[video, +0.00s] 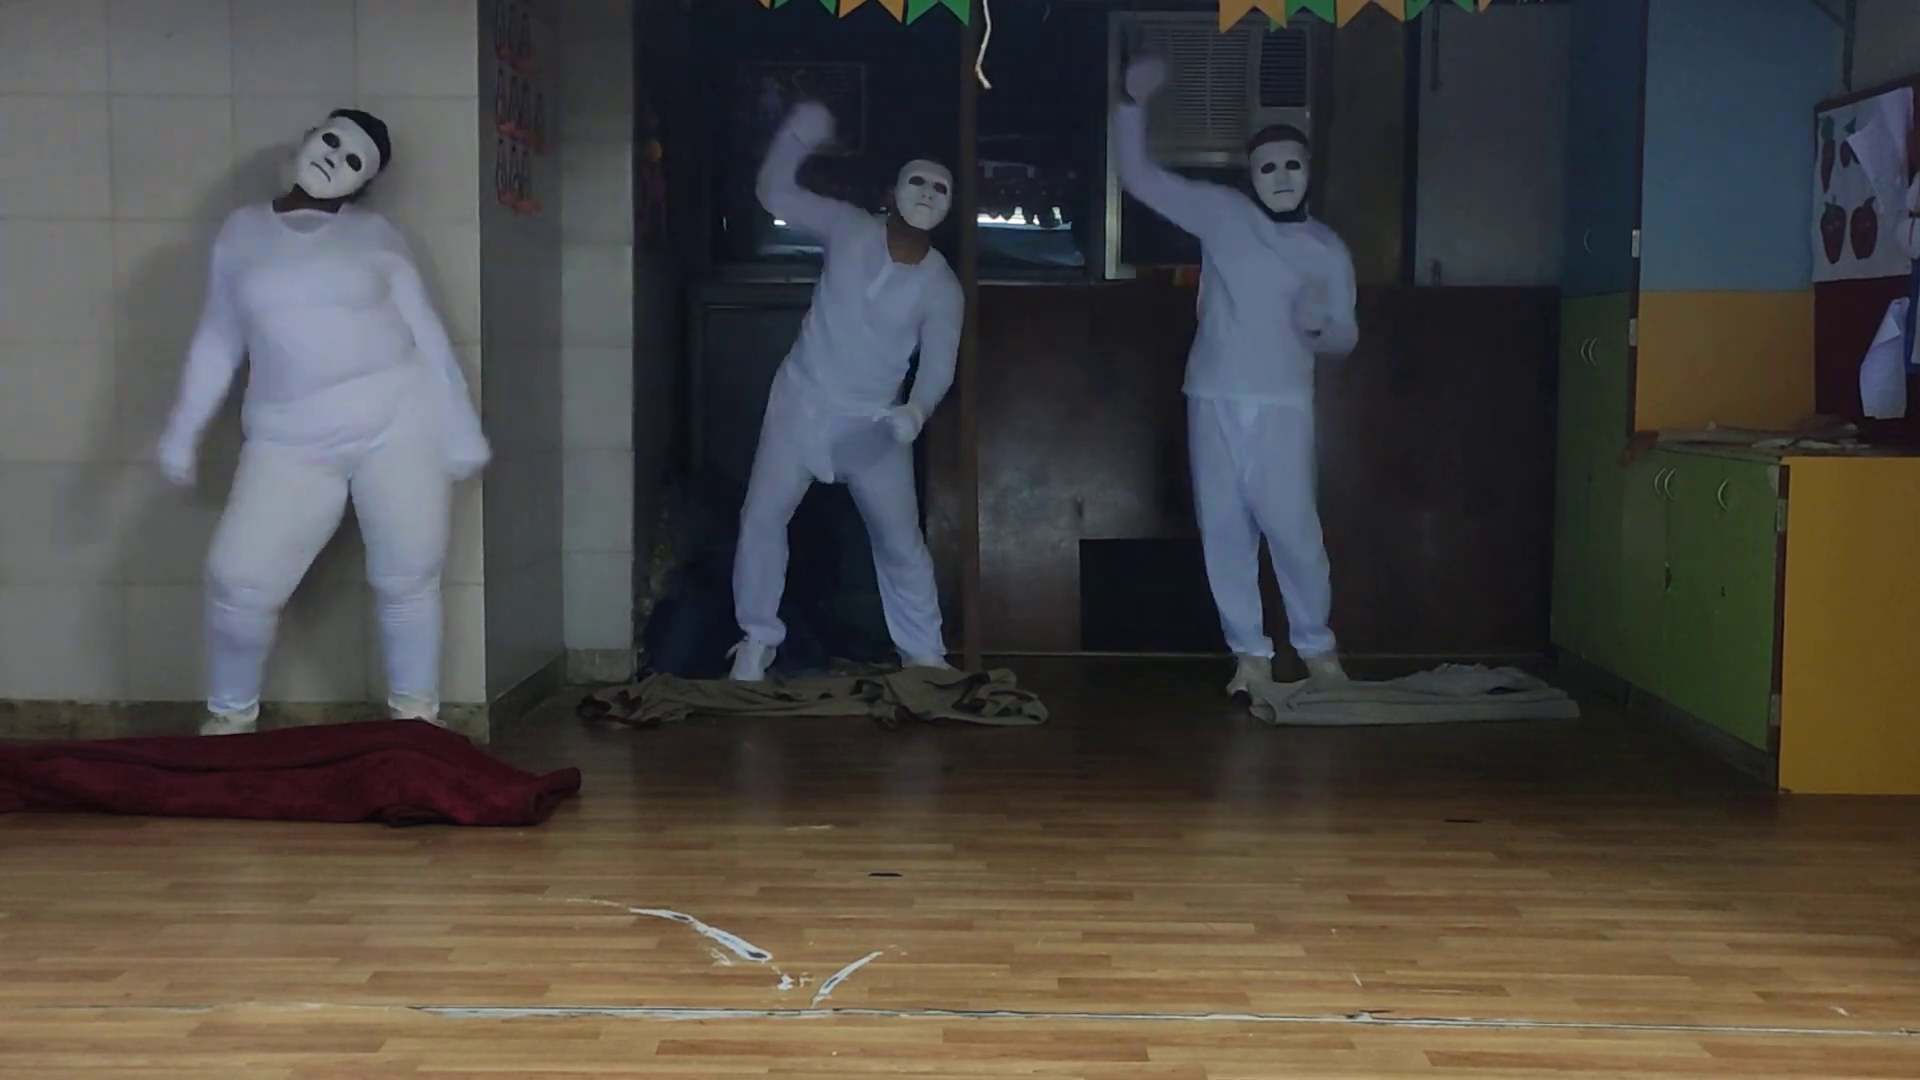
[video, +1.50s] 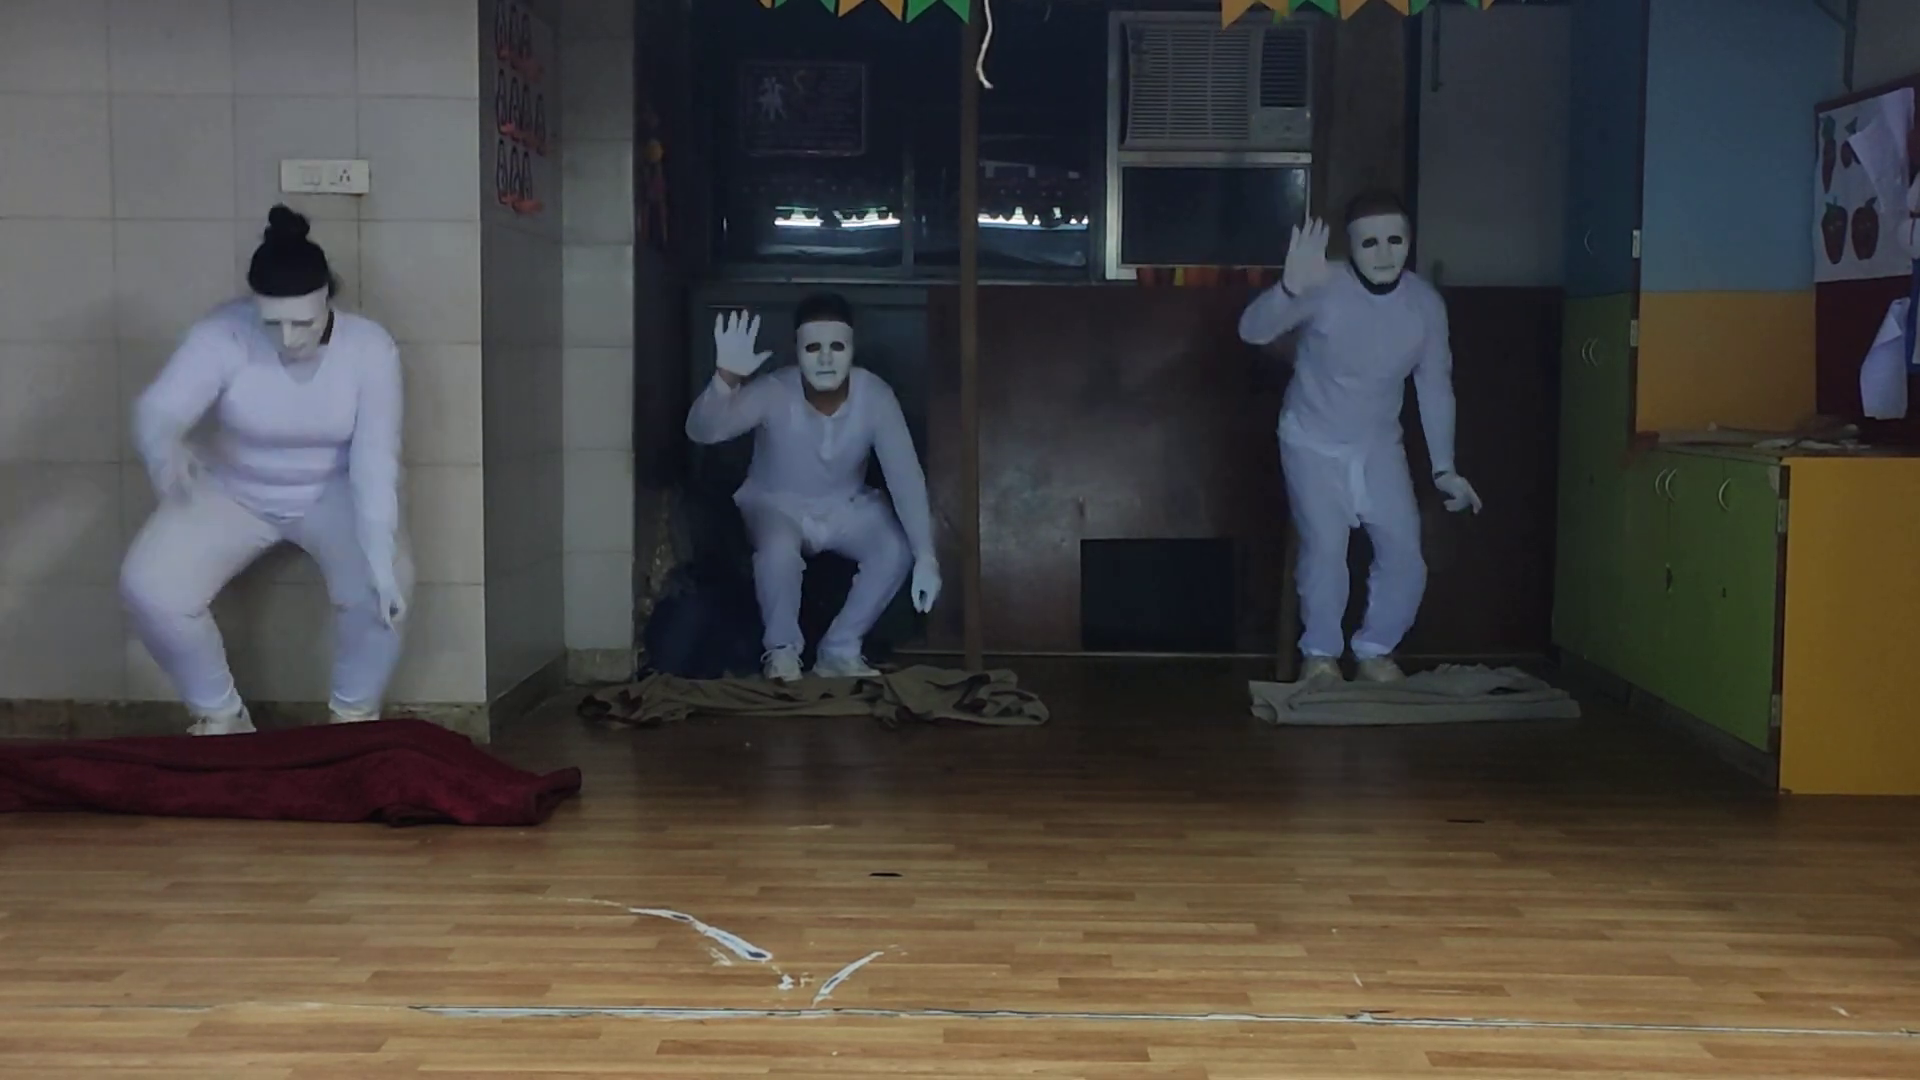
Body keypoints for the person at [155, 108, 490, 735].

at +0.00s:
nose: (333, 161)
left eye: (352, 163)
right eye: (330, 144)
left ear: (363, 183)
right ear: (304, 143)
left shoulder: (377, 239)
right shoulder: (244, 237)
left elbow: (429, 338)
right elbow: (217, 341)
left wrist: (462, 431)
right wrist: (182, 436)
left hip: (395, 428)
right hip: (290, 442)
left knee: (407, 578)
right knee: (239, 580)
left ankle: (414, 715)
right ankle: (231, 716)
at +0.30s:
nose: (239, 122)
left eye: (247, 104)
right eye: (227, 122)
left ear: (283, 103)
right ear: (228, 141)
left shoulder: (369, 179)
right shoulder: (232, 201)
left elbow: (462, 234)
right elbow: (170, 285)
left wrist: (554, 265)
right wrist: (82, 333)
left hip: (362, 400)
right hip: (252, 404)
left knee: (390, 550)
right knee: (229, 555)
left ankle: (415, 705)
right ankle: (227, 705)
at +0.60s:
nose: (235, 138)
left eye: (247, 122)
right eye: (218, 131)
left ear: (278, 129)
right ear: (209, 147)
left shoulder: (336, 215)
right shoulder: (197, 224)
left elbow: (397, 311)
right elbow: (158, 330)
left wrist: (465, 321)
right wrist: (113, 415)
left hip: (318, 417)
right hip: (207, 419)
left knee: (360, 565)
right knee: (214, 576)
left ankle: (389, 711)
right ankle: (231, 714)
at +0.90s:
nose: (256, 131)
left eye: (273, 118)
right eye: (242, 118)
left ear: (296, 130)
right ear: (225, 129)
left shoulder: (340, 211)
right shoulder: (195, 205)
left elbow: (386, 307)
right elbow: (101, 227)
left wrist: (395, 392)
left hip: (329, 416)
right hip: (225, 418)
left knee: (334, 571)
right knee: (238, 572)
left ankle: (348, 713)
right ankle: (237, 711)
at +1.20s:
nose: (282, 177)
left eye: (296, 161)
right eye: (266, 162)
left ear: (320, 153)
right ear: (247, 155)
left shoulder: (365, 223)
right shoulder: (222, 210)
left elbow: (402, 333)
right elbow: (130, 157)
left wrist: (417, 429)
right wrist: (151, 44)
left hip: (347, 422)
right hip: (242, 421)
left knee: (350, 571)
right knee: (191, 550)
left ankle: (353, 719)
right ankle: (218, 710)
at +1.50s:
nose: (288, 338)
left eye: (302, 324)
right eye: (274, 323)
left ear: (328, 305)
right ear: (257, 307)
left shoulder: (369, 351)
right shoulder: (225, 338)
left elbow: (376, 463)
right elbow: (156, 413)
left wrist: (382, 564)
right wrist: (163, 458)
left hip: (330, 499)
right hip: (231, 494)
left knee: (377, 592)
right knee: (154, 587)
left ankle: (354, 715)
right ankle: (222, 718)